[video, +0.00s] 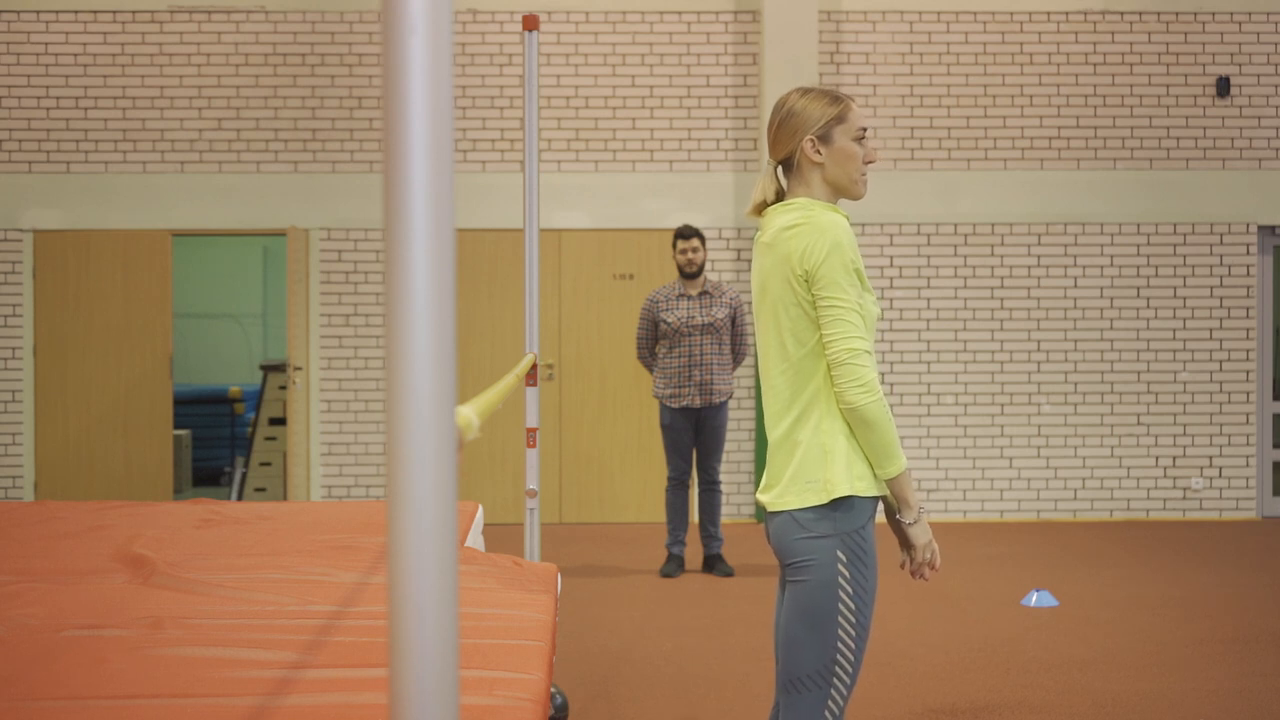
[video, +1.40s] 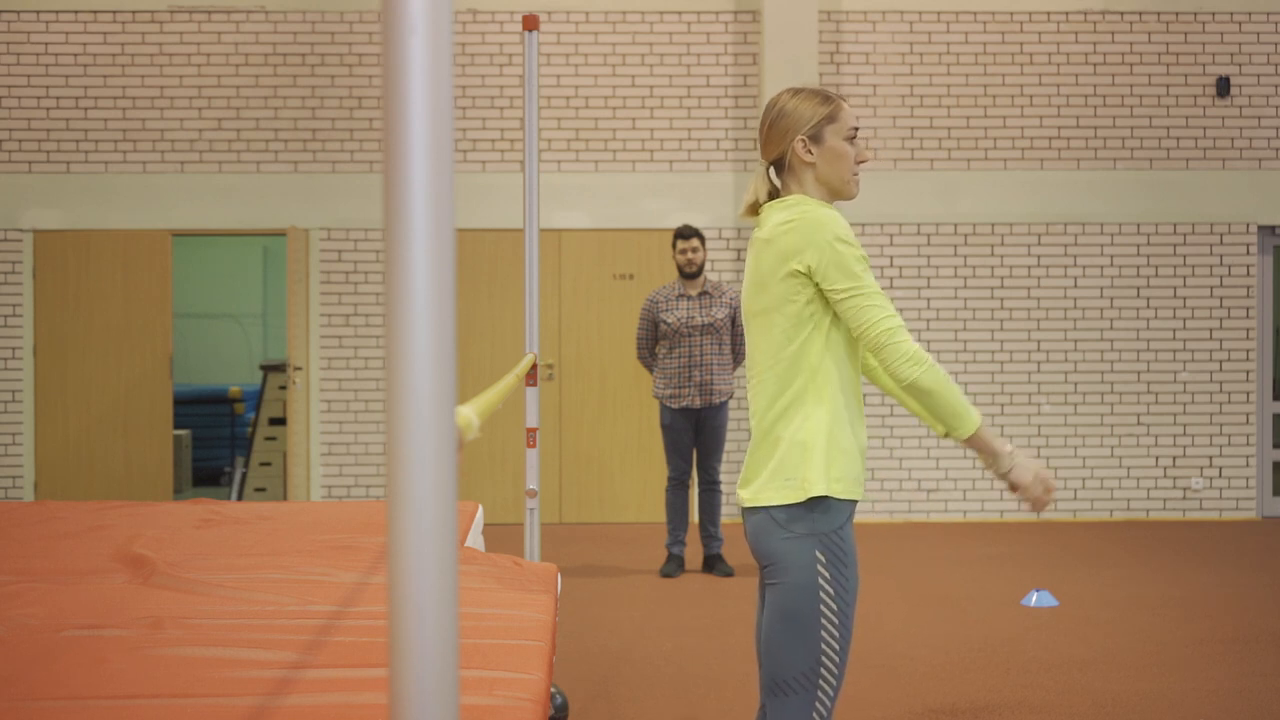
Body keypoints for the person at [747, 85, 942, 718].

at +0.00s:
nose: (871, 153)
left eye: (867, 138)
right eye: (858, 139)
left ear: (812, 153)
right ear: (813, 151)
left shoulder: (778, 230)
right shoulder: (825, 231)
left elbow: (789, 384)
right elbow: (854, 385)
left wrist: (894, 508)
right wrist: (908, 506)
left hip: (798, 502)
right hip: (830, 504)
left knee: (800, 705)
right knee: (817, 707)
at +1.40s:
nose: (863, 153)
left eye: (858, 138)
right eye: (850, 139)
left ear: (805, 154)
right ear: (804, 151)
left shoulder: (781, 228)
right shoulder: (816, 226)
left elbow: (876, 359)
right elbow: (896, 356)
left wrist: (990, 448)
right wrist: (1000, 455)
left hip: (785, 501)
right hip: (806, 505)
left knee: (788, 705)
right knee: (802, 706)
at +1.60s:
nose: (857, 154)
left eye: (854, 140)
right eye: (845, 140)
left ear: (801, 153)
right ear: (801, 150)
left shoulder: (780, 227)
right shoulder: (804, 223)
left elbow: (896, 327)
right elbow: (912, 319)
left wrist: (1034, 373)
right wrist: (1048, 377)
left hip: (793, 499)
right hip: (806, 501)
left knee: (792, 703)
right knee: (802, 705)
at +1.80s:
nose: (854, 156)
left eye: (850, 139)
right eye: (841, 140)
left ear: (798, 153)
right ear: (797, 151)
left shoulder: (778, 224)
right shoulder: (795, 223)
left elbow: (925, 277)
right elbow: (931, 276)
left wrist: (1067, 279)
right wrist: (1073, 277)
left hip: (799, 501)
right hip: (809, 502)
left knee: (794, 704)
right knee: (804, 706)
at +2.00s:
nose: (852, 156)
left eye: (848, 141)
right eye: (840, 141)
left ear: (796, 153)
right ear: (796, 151)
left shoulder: (782, 223)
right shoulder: (785, 221)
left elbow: (927, 223)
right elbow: (932, 225)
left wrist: (1047, 176)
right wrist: (1064, 176)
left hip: (806, 498)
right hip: (812, 499)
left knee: (800, 703)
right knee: (807, 705)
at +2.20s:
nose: (849, 159)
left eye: (848, 144)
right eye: (840, 144)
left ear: (790, 151)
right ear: (792, 149)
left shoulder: (782, 221)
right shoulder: (783, 222)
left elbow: (913, 176)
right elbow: (932, 180)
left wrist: (1005, 94)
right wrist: (1028, 89)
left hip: (814, 494)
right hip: (819, 497)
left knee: (802, 702)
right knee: (814, 704)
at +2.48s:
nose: (845, 158)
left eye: (845, 143)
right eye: (838, 143)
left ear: (792, 153)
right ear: (797, 152)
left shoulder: (784, 222)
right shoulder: (780, 223)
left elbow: (873, 127)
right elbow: (904, 129)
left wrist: (930, 17)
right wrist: (952, 16)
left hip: (831, 489)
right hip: (828, 494)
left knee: (818, 698)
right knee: (819, 702)